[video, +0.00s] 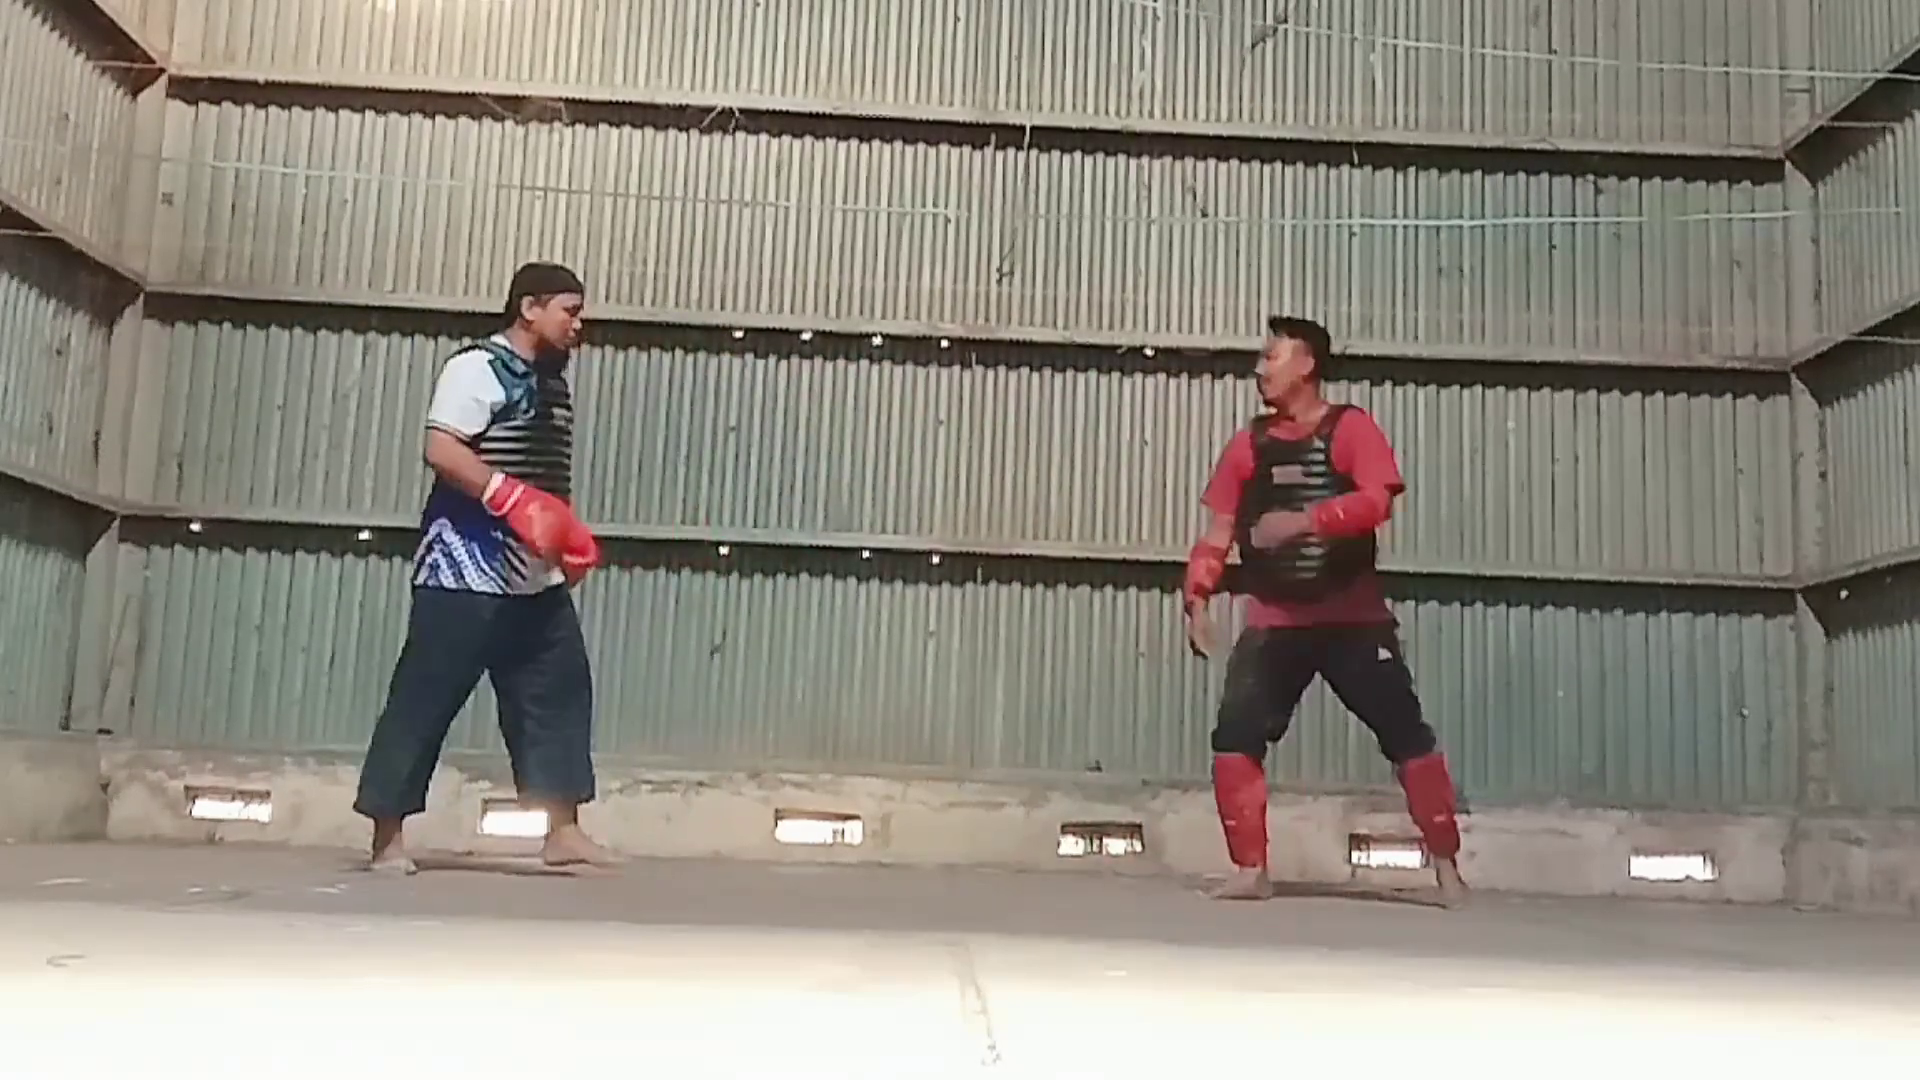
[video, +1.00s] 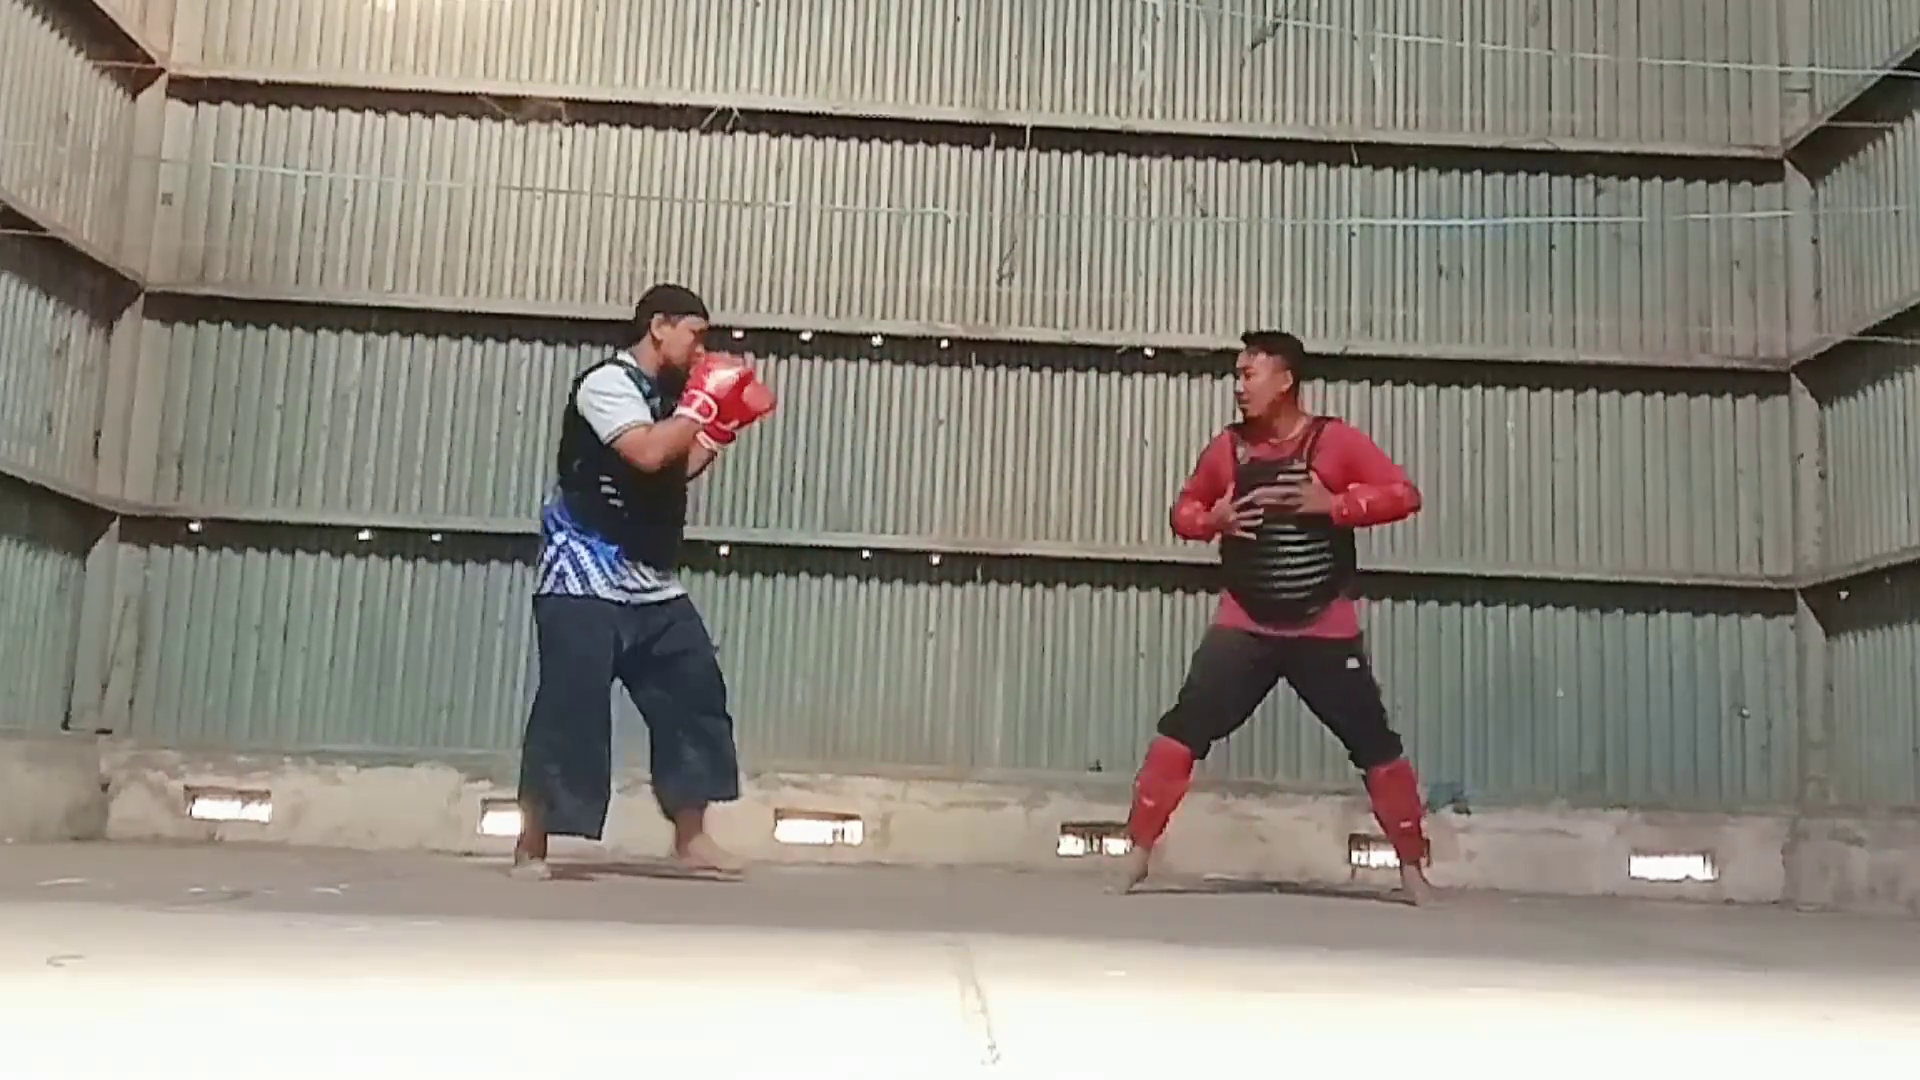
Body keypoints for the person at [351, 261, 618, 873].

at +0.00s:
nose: (579, 324)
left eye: (581, 313)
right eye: (570, 310)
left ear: (543, 313)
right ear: (530, 308)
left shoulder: (555, 383)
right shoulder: (475, 369)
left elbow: (540, 476)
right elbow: (442, 448)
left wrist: (561, 535)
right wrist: (513, 499)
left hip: (534, 579)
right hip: (462, 576)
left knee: (558, 693)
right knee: (424, 700)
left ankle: (564, 833)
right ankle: (387, 840)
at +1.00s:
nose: (701, 347)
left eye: (704, 337)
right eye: (696, 335)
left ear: (672, 333)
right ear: (658, 327)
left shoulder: (668, 396)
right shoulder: (604, 384)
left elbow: (679, 469)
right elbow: (649, 453)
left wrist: (724, 422)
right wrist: (700, 401)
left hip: (650, 577)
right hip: (582, 571)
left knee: (695, 691)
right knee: (571, 696)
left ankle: (690, 839)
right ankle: (532, 844)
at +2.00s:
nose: (776, 370)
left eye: (780, 360)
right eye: (771, 357)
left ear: (746, 355)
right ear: (735, 347)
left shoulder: (740, 425)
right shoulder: (673, 391)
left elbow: (779, 491)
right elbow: (705, 455)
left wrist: (839, 445)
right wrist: (763, 403)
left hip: (698, 588)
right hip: (631, 573)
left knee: (729, 706)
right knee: (601, 699)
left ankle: (751, 848)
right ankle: (547, 845)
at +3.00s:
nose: (573, 406)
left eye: (577, 396)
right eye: (567, 393)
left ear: (546, 386)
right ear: (530, 380)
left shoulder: (557, 445)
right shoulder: (456, 435)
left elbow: (587, 496)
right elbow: (466, 516)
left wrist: (619, 475)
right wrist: (540, 476)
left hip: (530, 623)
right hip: (441, 623)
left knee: (591, 708)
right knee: (395, 721)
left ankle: (627, 849)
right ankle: (312, 836)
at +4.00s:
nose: (802, 376)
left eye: (803, 367)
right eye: (798, 364)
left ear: (766, 361)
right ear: (767, 358)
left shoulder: (764, 423)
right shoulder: (704, 402)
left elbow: (788, 492)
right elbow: (753, 465)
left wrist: (843, 456)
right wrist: (806, 409)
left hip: (720, 594)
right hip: (658, 581)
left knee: (746, 712)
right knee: (631, 703)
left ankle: (744, 847)